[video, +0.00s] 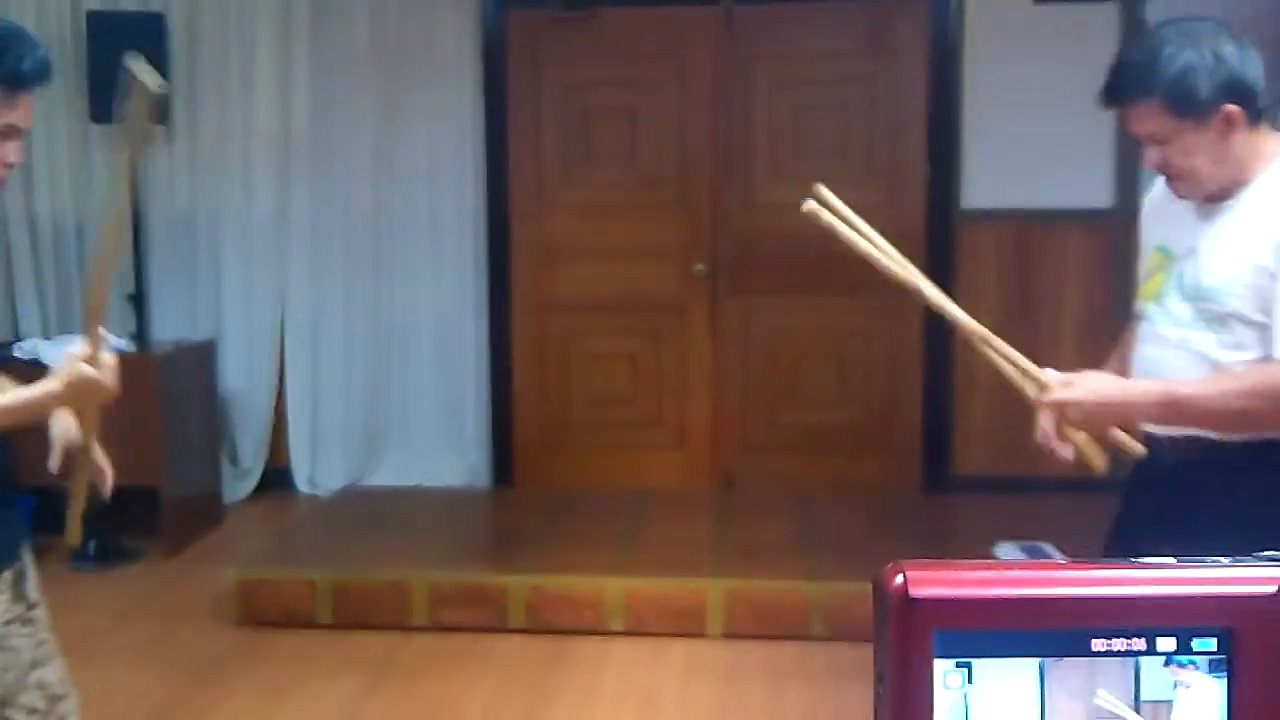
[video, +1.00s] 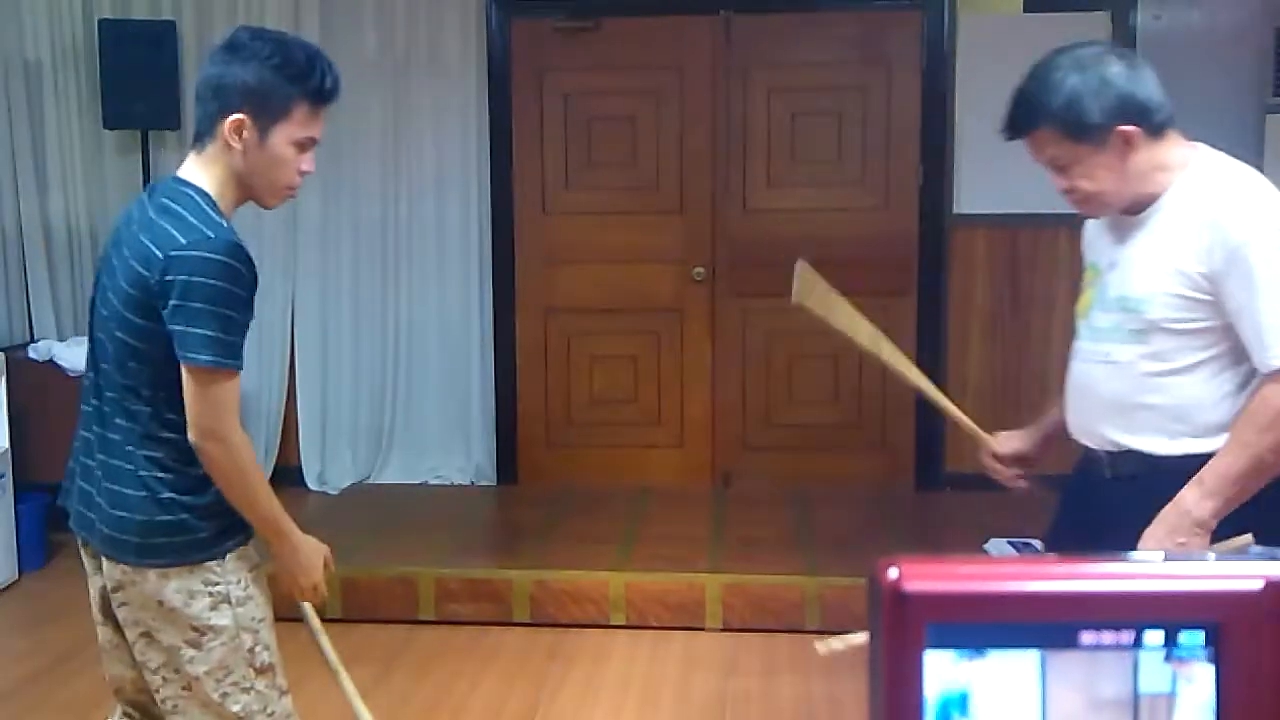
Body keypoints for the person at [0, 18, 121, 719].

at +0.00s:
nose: (15, 155)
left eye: (19, 135)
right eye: (7, 135)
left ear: (21, 126)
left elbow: (1, 379)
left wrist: (51, 402)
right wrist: (56, 390)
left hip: (10, 541)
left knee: (43, 702)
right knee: (39, 702)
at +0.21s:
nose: (76, 155)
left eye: (81, 135)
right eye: (63, 132)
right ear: (4, 121)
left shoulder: (21, 248)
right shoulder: (11, 251)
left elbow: (14, 401)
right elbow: (6, 417)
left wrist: (67, 475)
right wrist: (132, 445)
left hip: (52, 554)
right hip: (18, 568)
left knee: (82, 708)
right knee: (43, 711)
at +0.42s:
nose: (135, 156)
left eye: (141, 138)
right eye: (123, 135)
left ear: (56, 125)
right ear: (55, 121)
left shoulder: (37, 224)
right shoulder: (26, 235)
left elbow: (39, 401)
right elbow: (24, 410)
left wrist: (152, 454)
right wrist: (172, 452)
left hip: (40, 543)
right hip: (55, 550)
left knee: (55, 705)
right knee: (139, 707)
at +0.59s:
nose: (187, 165)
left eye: (192, 145)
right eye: (175, 143)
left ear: (106, 135)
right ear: (109, 131)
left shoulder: (44, 221)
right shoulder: (85, 244)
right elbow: (99, 419)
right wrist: (229, 490)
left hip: (36, 537)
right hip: (87, 549)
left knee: (68, 708)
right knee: (162, 708)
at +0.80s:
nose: (260, 170)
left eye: (264, 152)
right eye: (250, 149)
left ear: (181, 137)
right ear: (185, 134)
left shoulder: (90, 226)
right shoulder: (166, 259)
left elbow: (44, 357)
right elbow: (193, 437)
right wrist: (283, 550)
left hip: (78, 531)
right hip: (152, 544)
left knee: (106, 707)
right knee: (239, 705)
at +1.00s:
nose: (309, 167)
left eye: (312, 148)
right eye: (301, 146)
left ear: (232, 134)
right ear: (239, 132)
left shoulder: (151, 210)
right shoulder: (210, 249)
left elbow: (130, 383)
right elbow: (213, 432)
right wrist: (287, 543)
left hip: (108, 516)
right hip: (175, 537)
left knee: (143, 708)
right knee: (242, 708)